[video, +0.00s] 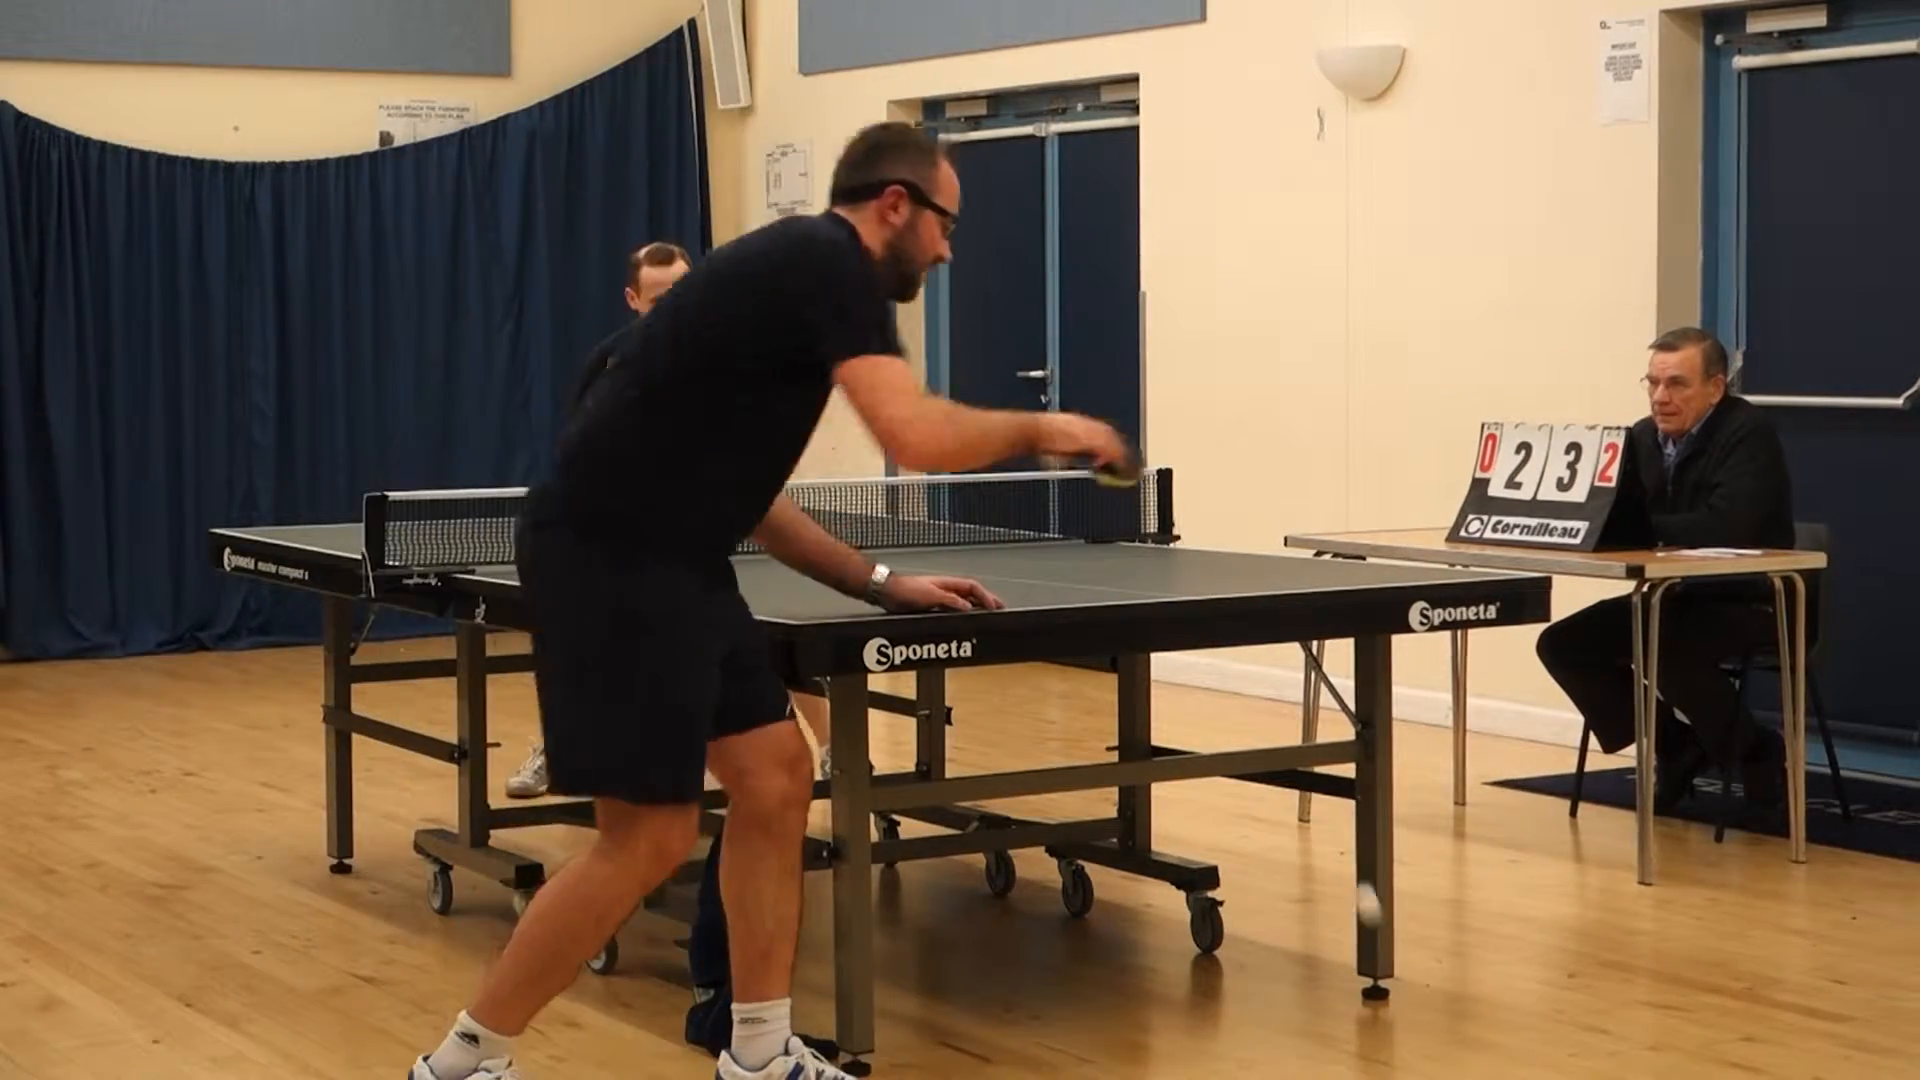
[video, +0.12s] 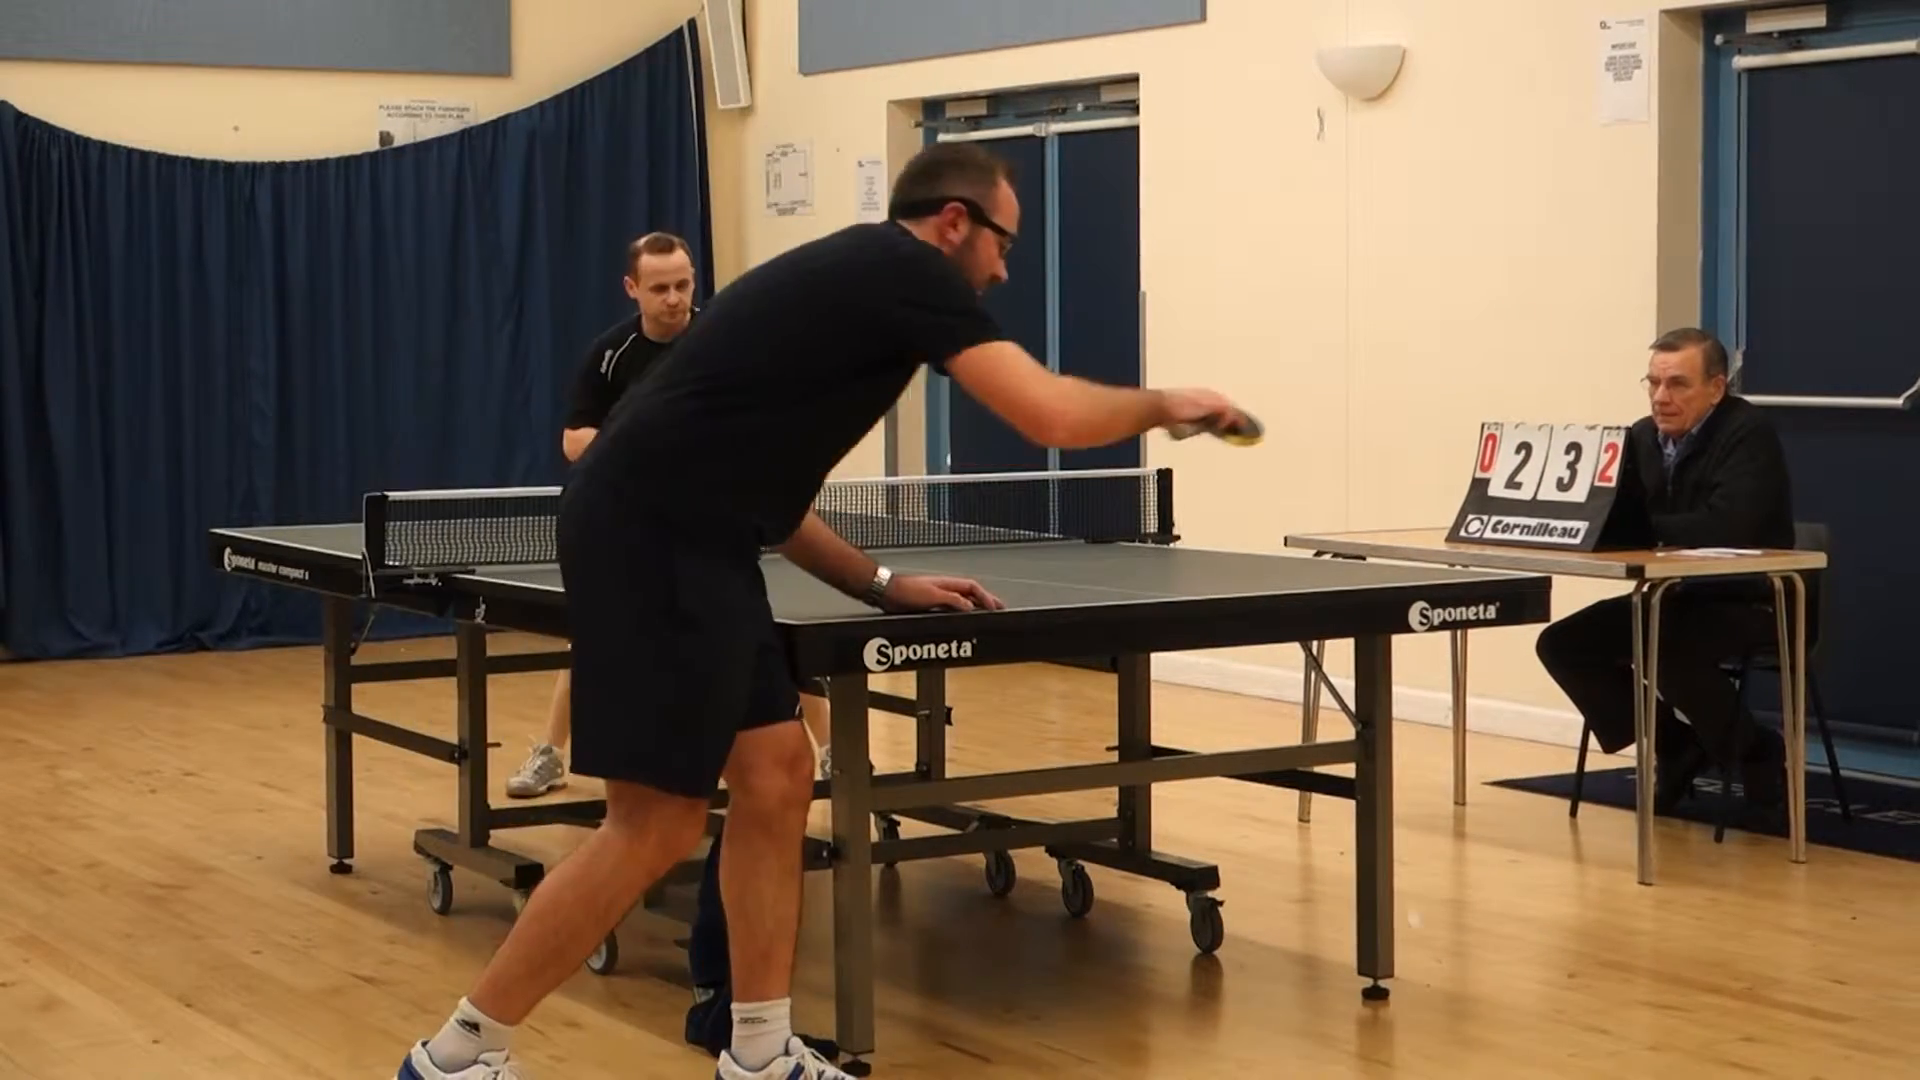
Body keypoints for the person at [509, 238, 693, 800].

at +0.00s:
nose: (669, 302)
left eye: (678, 291)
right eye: (657, 293)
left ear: (696, 289)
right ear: (632, 297)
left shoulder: (712, 351)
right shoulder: (615, 356)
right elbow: (579, 447)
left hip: (689, 527)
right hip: (614, 529)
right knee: (587, 639)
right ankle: (551, 748)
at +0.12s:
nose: (675, 299)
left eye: (683, 285)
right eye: (660, 288)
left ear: (696, 281)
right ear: (633, 289)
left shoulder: (717, 344)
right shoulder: (610, 354)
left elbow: (741, 428)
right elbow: (576, 443)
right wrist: (653, 444)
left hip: (710, 514)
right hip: (630, 518)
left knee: (787, 628)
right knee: (594, 638)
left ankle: (825, 755)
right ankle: (550, 752)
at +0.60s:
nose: (686, 283)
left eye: (694, 271)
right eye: (673, 272)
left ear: (704, 272)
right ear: (643, 275)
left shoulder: (732, 340)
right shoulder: (616, 343)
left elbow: (771, 409)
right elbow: (571, 408)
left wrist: (712, 411)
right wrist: (608, 460)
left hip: (725, 506)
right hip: (646, 511)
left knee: (790, 633)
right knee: (597, 633)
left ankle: (831, 753)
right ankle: (550, 751)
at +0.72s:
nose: (685, 284)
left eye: (694, 272)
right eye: (672, 273)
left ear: (704, 274)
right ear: (643, 277)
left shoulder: (733, 342)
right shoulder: (615, 345)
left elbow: (771, 414)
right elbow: (572, 411)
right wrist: (604, 464)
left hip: (723, 510)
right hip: (640, 514)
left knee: (790, 636)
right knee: (595, 636)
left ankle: (832, 754)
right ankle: (550, 751)